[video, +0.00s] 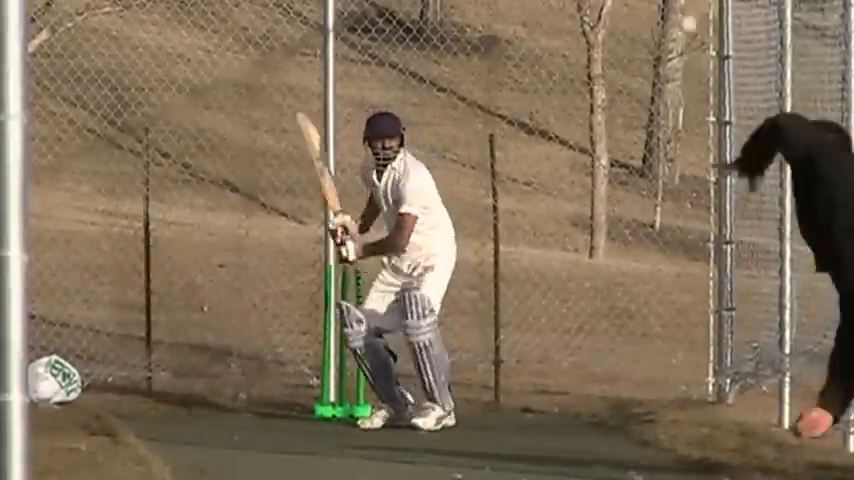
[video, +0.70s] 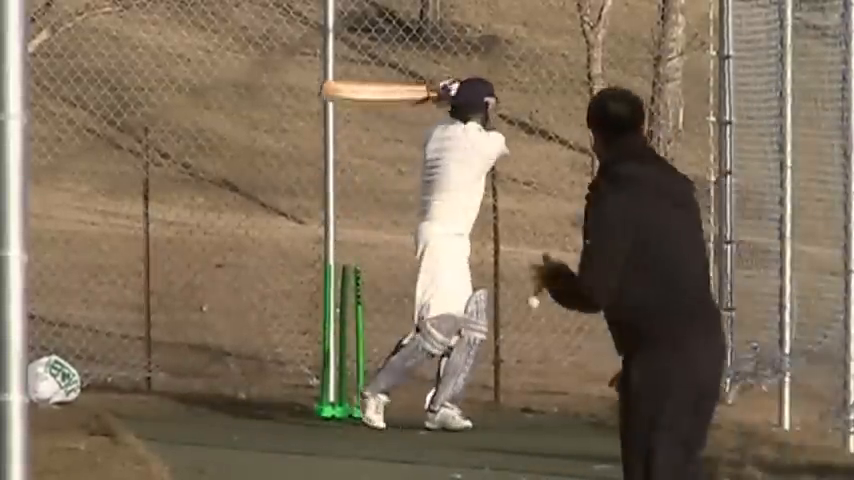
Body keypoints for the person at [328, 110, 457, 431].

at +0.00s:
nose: (383, 148)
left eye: (390, 141)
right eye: (375, 142)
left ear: (401, 142)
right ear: (367, 144)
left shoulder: (411, 177)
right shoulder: (371, 169)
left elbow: (398, 241)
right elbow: (376, 202)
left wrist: (360, 249)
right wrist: (358, 228)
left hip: (431, 259)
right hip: (397, 261)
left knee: (418, 325)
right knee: (361, 330)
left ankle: (442, 406)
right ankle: (395, 404)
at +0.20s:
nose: (410, 149)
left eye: (416, 142)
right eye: (402, 144)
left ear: (425, 142)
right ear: (392, 146)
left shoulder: (443, 168)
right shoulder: (384, 182)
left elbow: (434, 221)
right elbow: (390, 237)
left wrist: (391, 254)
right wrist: (372, 258)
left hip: (439, 271)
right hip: (397, 271)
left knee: (449, 324)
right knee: (360, 331)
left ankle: (445, 407)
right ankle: (381, 394)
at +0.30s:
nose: (416, 148)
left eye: (422, 141)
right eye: (408, 142)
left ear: (431, 138)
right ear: (396, 142)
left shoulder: (441, 147)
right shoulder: (402, 178)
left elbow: (463, 176)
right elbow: (431, 225)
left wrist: (480, 218)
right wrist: (467, 241)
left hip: (448, 256)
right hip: (409, 259)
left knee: (461, 322)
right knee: (390, 329)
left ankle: (450, 401)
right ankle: (362, 394)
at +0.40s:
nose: (428, 150)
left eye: (434, 142)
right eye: (420, 144)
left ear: (439, 139)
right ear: (404, 143)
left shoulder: (442, 147)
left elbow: (483, 180)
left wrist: (526, 205)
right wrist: (533, 199)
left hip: (444, 252)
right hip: (413, 258)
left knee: (462, 324)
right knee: (404, 345)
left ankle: (450, 406)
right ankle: (365, 392)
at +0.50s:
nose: (456, 139)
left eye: (456, 133)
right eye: (451, 134)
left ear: (435, 133)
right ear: (434, 135)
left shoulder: (435, 152)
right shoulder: (429, 165)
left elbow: (478, 153)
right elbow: (485, 166)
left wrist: (521, 140)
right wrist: (524, 139)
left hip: (450, 251)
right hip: (423, 255)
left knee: (470, 326)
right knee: (412, 339)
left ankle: (451, 406)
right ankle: (368, 386)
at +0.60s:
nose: (482, 122)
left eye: (481, 115)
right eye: (478, 115)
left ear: (447, 116)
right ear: (465, 117)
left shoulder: (428, 140)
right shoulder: (463, 151)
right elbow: (499, 146)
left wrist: (498, 109)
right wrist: (502, 112)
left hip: (450, 246)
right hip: (431, 247)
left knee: (473, 326)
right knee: (422, 339)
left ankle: (448, 404)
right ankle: (365, 380)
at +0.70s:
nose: (492, 112)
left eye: (491, 107)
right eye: (490, 107)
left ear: (457, 109)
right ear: (482, 110)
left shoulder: (437, 135)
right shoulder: (485, 143)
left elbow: (459, 131)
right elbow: (496, 139)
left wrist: (454, 98)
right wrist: (461, 101)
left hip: (442, 238)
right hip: (444, 240)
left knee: (471, 324)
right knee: (440, 329)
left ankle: (441, 405)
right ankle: (376, 392)